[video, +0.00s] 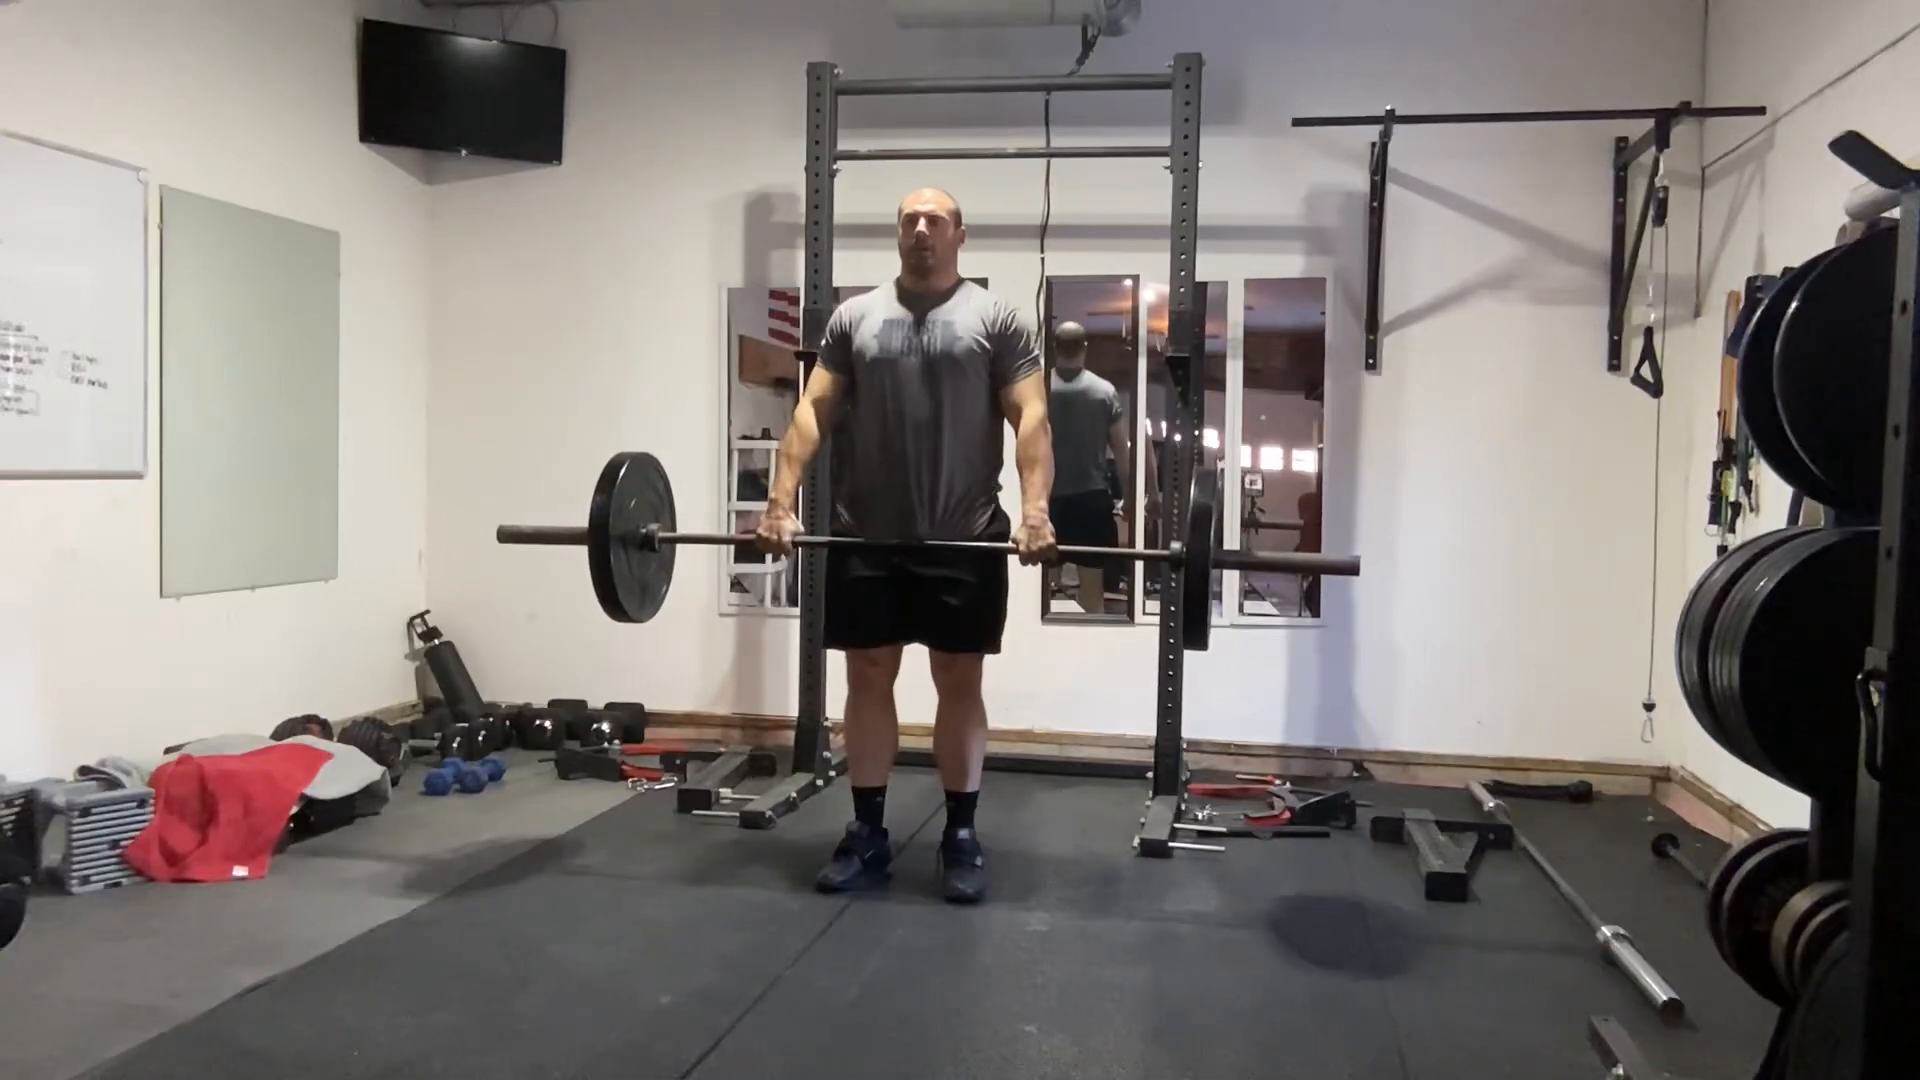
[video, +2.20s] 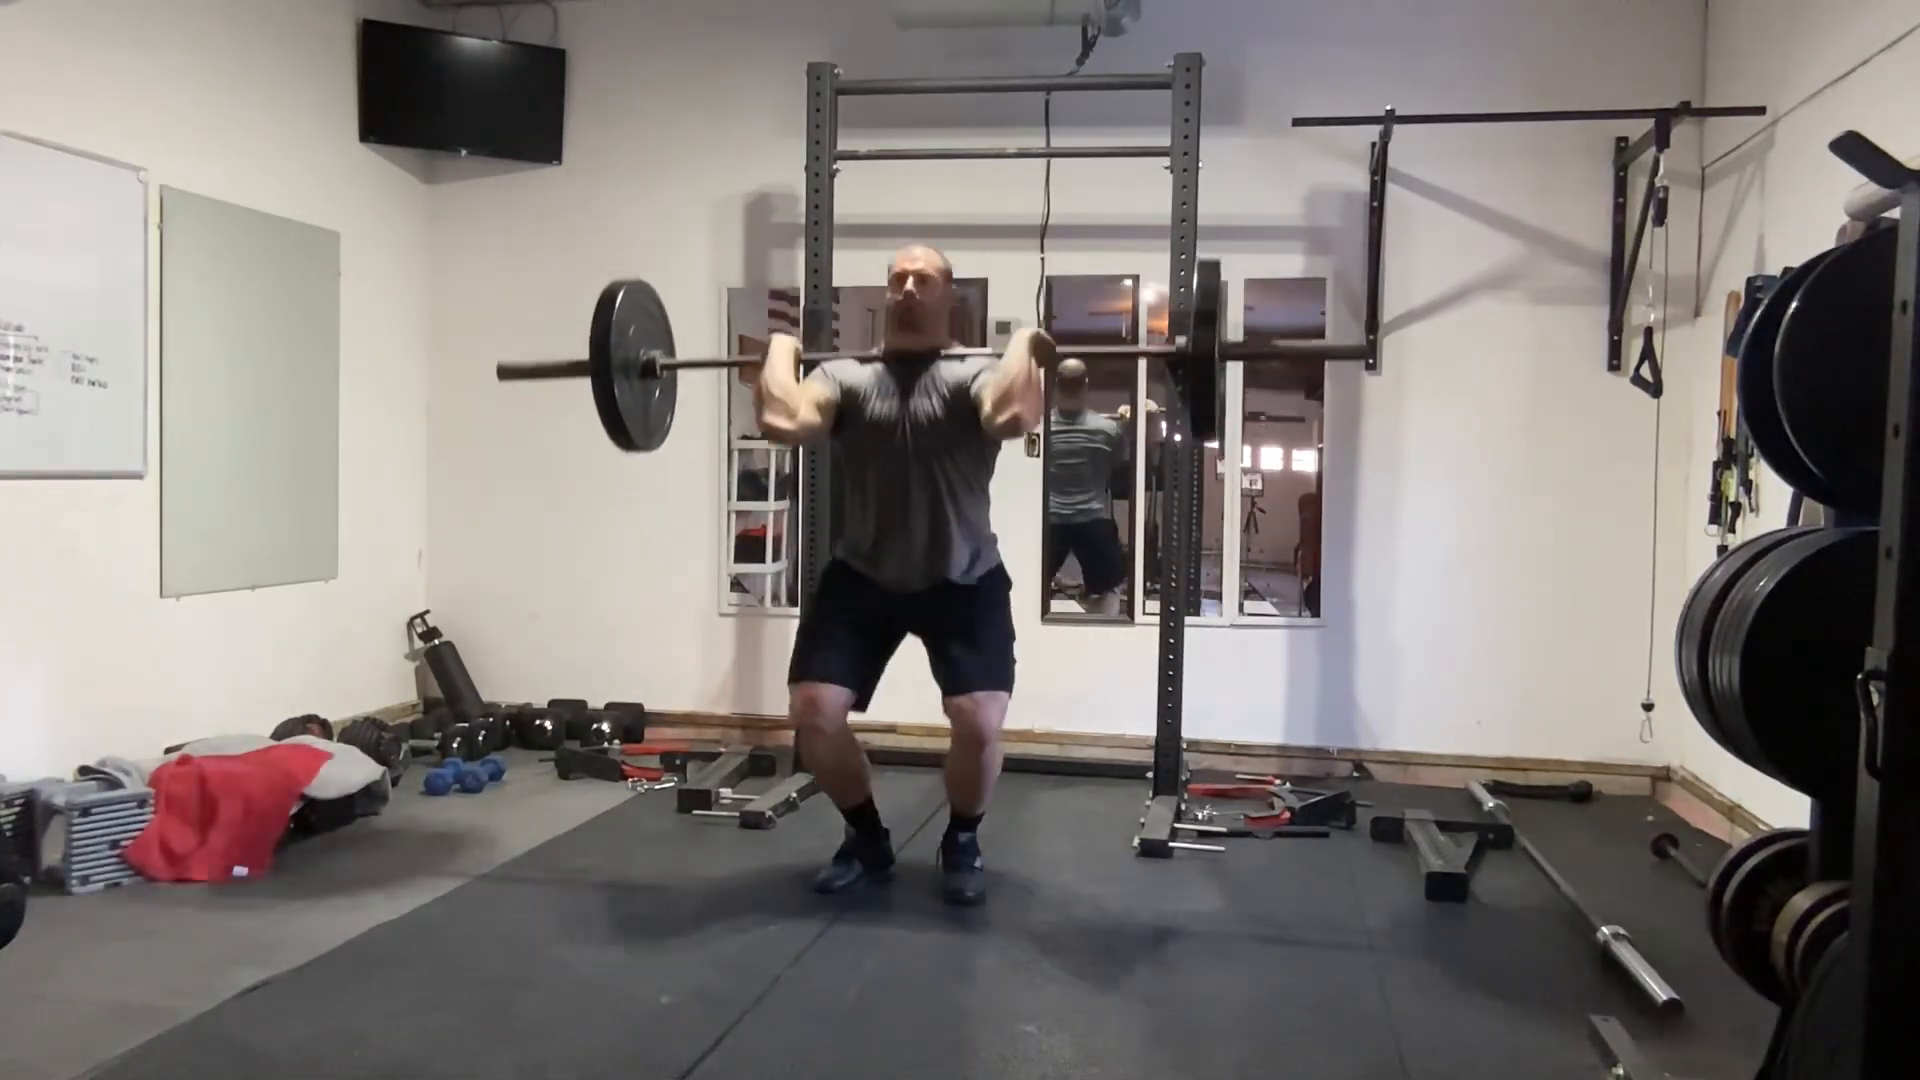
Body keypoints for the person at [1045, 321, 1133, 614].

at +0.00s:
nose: (1070, 351)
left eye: (1066, 346)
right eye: (1073, 345)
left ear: (1055, 348)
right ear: (1085, 348)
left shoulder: (1037, 389)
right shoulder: (1103, 390)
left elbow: (1029, 446)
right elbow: (1121, 450)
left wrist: (1031, 498)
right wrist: (1129, 498)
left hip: (1048, 497)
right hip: (1091, 498)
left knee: (1041, 581)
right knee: (1091, 584)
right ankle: (1093, 648)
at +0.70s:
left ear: (1060, 392)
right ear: (1088, 392)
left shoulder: (1044, 421)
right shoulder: (1106, 427)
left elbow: (1032, 466)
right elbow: (1119, 482)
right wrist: (1127, 537)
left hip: (1051, 498)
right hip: (1091, 499)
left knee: (1036, 565)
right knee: (1101, 571)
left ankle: (1033, 633)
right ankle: (1097, 640)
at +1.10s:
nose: (1079, 356)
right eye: (1084, 350)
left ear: (1057, 352)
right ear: (1085, 353)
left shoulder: (1043, 386)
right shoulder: (1103, 389)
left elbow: (1031, 441)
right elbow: (1127, 440)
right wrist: (1129, 491)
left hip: (1051, 492)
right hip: (1093, 491)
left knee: (1047, 566)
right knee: (1094, 569)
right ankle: (1095, 631)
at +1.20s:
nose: (1068, 347)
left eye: (1063, 341)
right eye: (1072, 340)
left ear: (1053, 341)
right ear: (1083, 341)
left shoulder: (1044, 378)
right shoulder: (1102, 375)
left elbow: (1030, 426)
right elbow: (1129, 421)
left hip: (1050, 483)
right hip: (1090, 481)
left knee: (1044, 569)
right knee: (1091, 568)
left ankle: (1034, 639)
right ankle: (1098, 636)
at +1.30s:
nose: (1069, 348)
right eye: (1072, 340)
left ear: (1051, 342)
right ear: (1081, 342)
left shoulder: (1041, 375)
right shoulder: (1097, 374)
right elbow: (1129, 412)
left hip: (1047, 486)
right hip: (1088, 482)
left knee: (1043, 573)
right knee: (1092, 570)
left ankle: (1033, 642)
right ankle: (1098, 638)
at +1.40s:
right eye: (1082, 344)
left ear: (1053, 348)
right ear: (1082, 347)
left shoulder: (1041, 384)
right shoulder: (1098, 385)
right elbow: (1120, 429)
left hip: (1047, 490)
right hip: (1087, 487)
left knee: (1044, 573)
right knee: (1089, 572)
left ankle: (1036, 641)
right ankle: (1096, 637)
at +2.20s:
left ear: (1056, 386)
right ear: (1086, 385)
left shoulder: (1041, 427)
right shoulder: (1107, 430)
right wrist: (1125, 425)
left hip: (1050, 523)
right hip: (1093, 523)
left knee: (1034, 589)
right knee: (1107, 589)